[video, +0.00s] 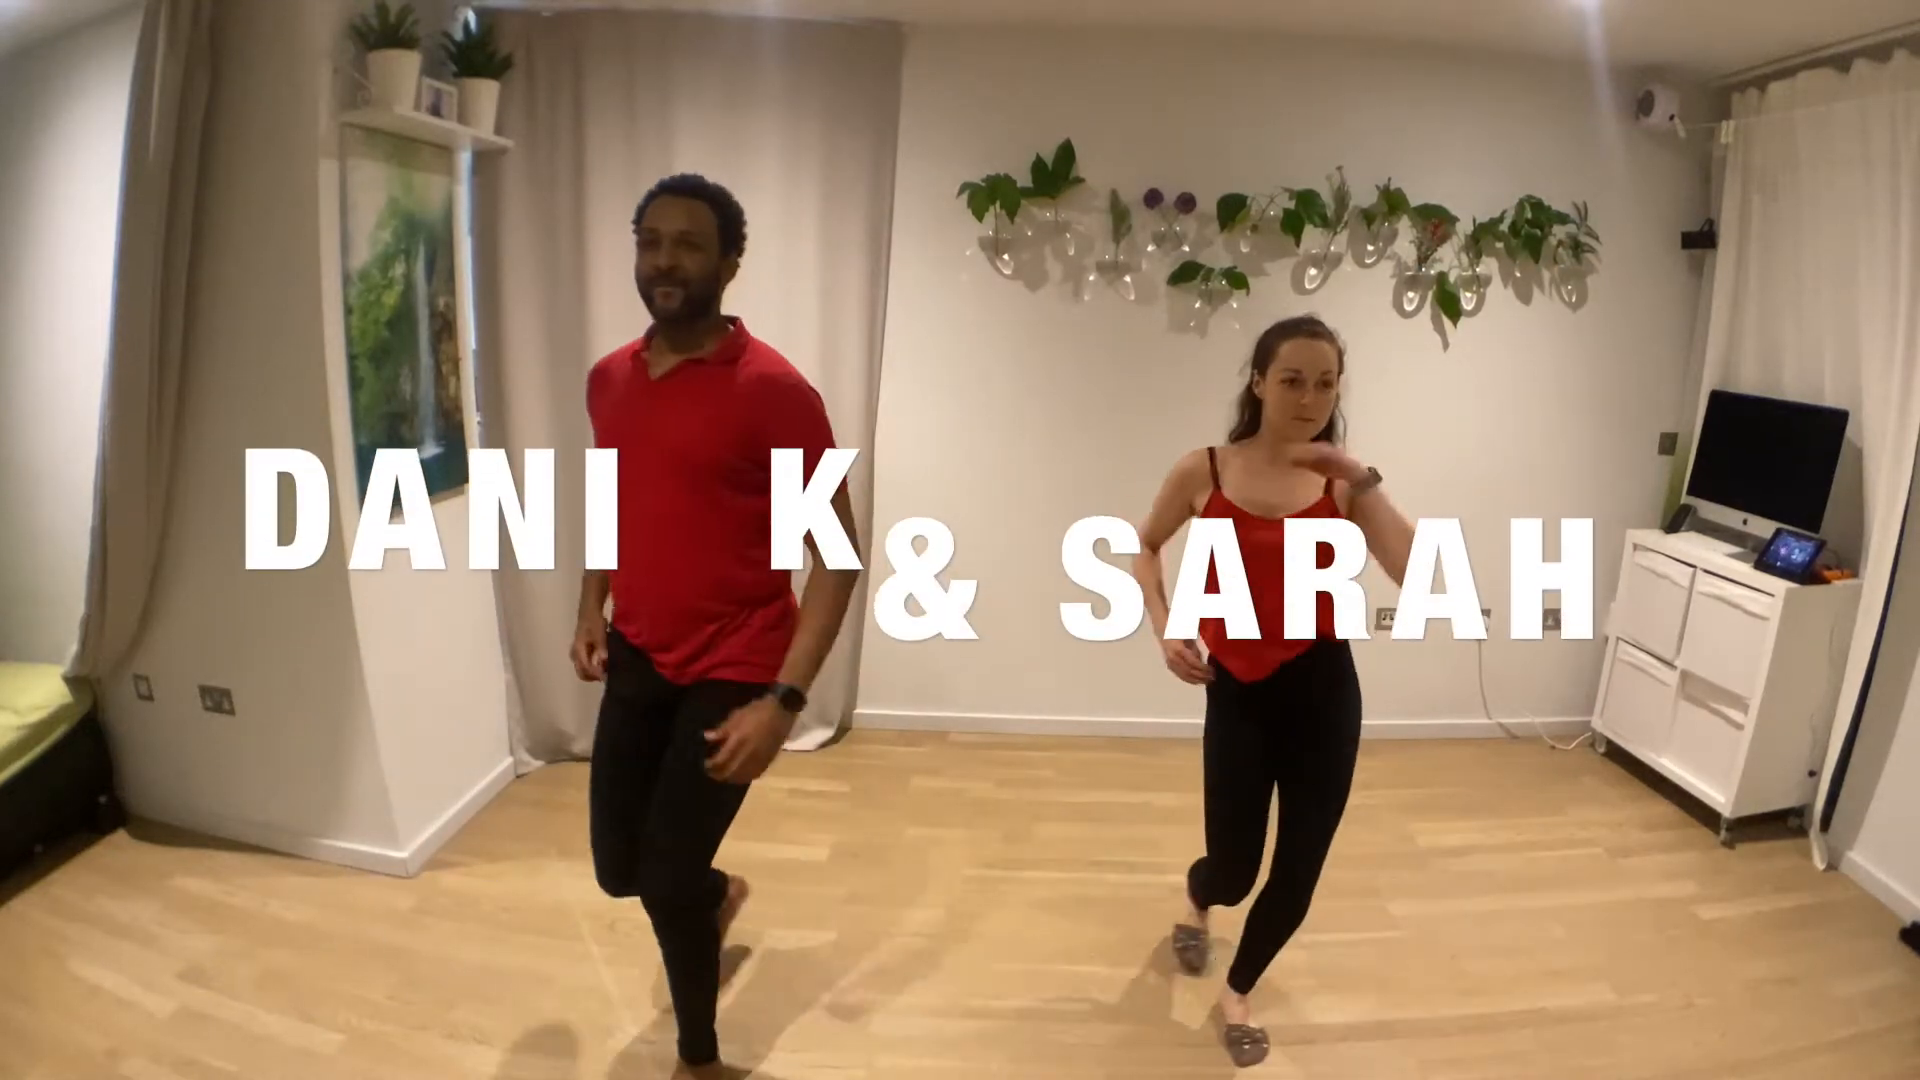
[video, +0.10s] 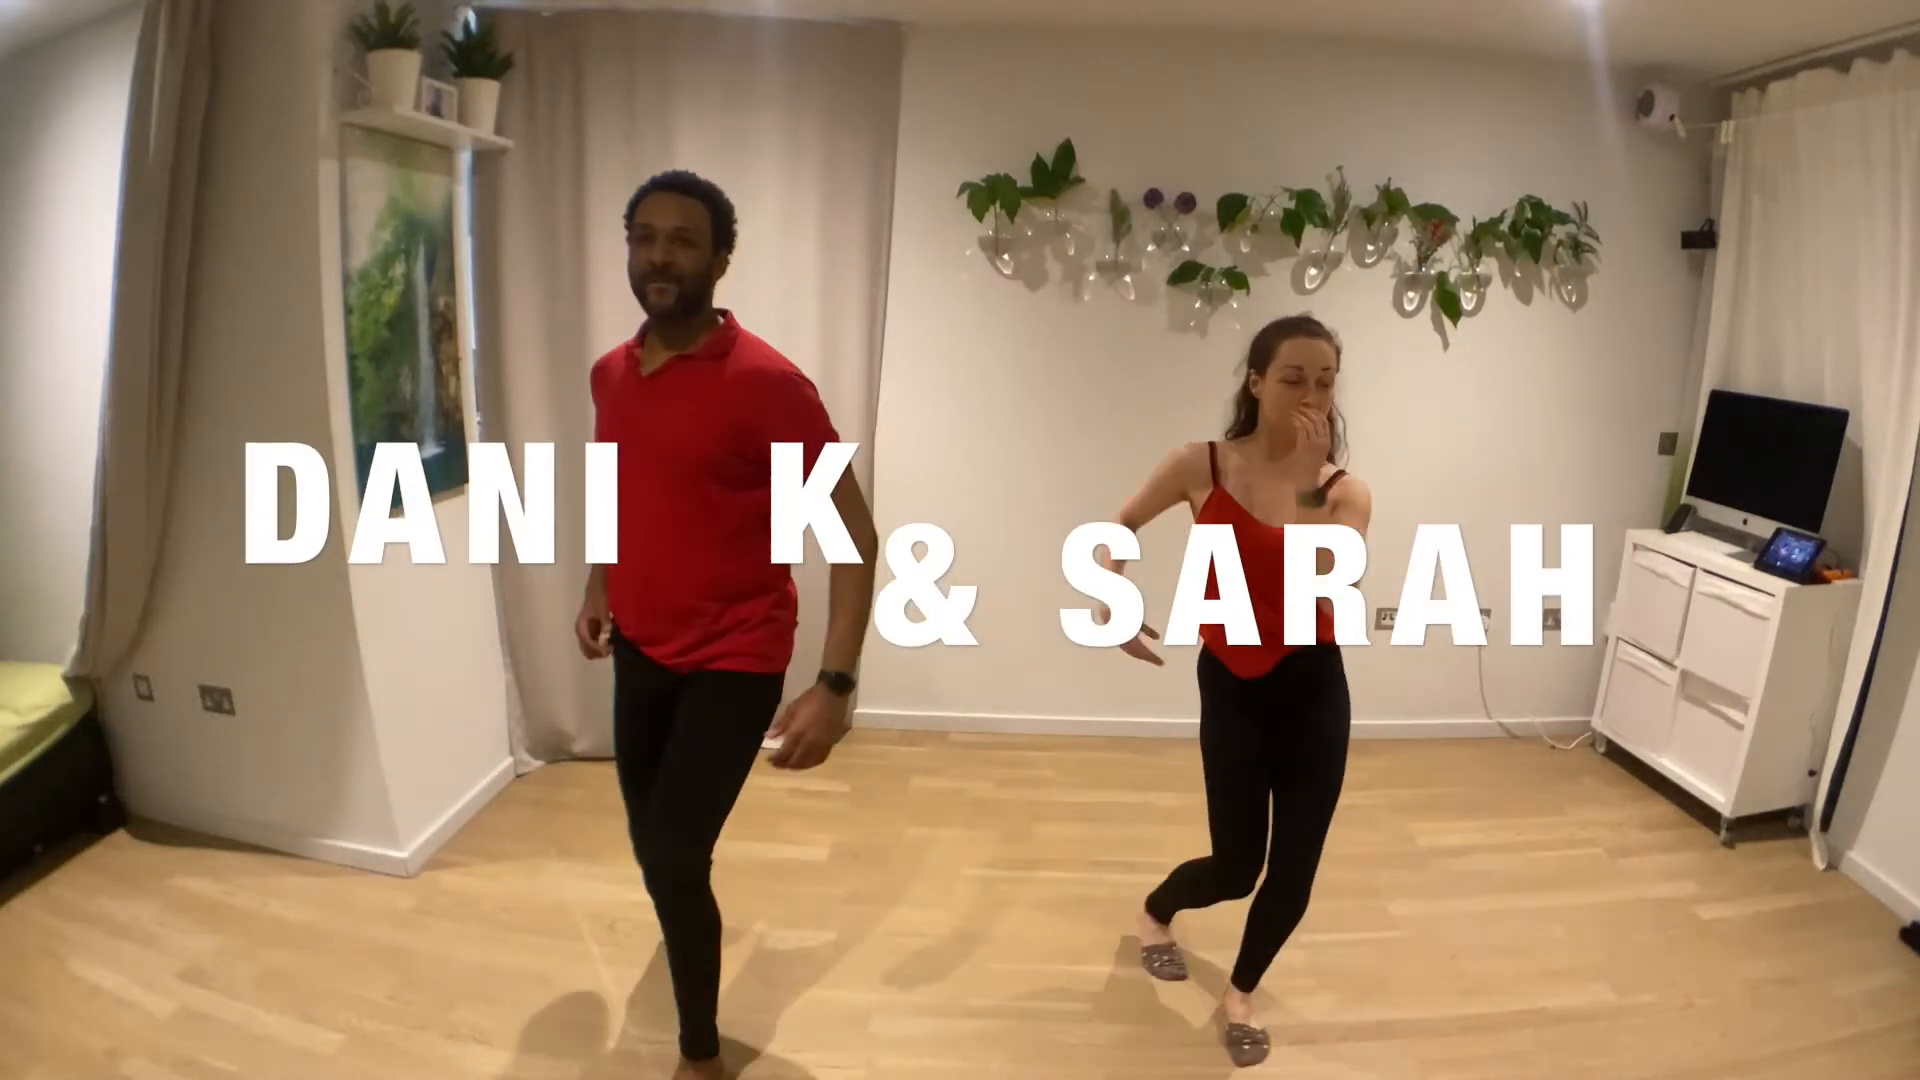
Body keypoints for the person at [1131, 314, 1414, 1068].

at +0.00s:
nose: (1310, 397)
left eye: (1325, 382)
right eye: (1294, 380)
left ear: (1339, 391)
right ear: (1259, 384)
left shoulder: (1347, 479)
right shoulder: (1202, 471)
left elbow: (1415, 572)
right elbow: (1146, 546)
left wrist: (1366, 489)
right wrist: (1164, 631)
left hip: (1323, 692)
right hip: (1237, 694)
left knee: (1298, 874)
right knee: (1234, 877)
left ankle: (1237, 995)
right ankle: (1194, 899)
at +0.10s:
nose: (1312, 396)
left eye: (1325, 382)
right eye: (1295, 379)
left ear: (1338, 391)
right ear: (1255, 383)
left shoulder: (1346, 493)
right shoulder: (1200, 467)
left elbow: (1335, 593)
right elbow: (1113, 532)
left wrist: (1320, 498)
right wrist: (1117, 611)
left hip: (1314, 690)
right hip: (1231, 688)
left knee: (1294, 872)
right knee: (1236, 868)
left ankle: (1241, 997)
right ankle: (1154, 913)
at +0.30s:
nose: (1335, 400)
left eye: (1335, 383)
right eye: (1323, 383)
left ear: (1290, 386)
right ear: (1271, 386)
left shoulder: (1331, 483)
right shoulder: (1209, 484)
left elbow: (1371, 583)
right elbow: (1166, 607)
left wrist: (1335, 558)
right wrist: (1130, 719)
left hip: (1288, 674)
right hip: (1210, 675)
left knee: (1324, 822)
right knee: (1203, 837)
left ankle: (1235, 902)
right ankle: (1172, 926)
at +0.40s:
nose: (1338, 394)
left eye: (1338, 377)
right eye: (1328, 377)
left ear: (1290, 383)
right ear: (1281, 381)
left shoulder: (1306, 452)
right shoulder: (1232, 480)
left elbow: (1351, 501)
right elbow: (1305, 587)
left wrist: (1352, 525)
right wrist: (1335, 688)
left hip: (1280, 666)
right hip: (1207, 672)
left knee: (1334, 811)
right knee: (1199, 828)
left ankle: (1244, 840)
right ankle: (1172, 924)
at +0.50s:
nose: (1348, 387)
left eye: (1348, 371)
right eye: (1338, 371)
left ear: (1293, 375)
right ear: (1289, 375)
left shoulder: (1297, 446)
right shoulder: (1273, 465)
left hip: (1282, 662)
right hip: (1213, 664)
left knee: (1361, 806)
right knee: (1199, 813)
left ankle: (1288, 855)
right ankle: (1163, 921)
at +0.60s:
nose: (1362, 380)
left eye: (1359, 364)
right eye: (1349, 366)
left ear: (1302, 373)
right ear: (1301, 374)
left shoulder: (1276, 448)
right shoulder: (1307, 462)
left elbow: (1185, 461)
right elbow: (1453, 474)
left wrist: (1112, 444)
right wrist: (1571, 484)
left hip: (1304, 657)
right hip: (1247, 655)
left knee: (1360, 798)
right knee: (1219, 812)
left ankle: (1344, 894)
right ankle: (1138, 910)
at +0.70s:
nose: (1359, 391)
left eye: (1361, 376)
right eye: (1342, 378)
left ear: (1356, 380)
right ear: (1296, 390)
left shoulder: (1319, 465)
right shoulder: (1303, 481)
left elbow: (1332, 525)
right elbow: (1440, 486)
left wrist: (1375, 550)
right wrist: (1528, 463)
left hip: (1324, 662)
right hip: (1270, 665)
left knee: (1366, 790)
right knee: (1247, 841)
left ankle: (1341, 891)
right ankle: (1134, 914)